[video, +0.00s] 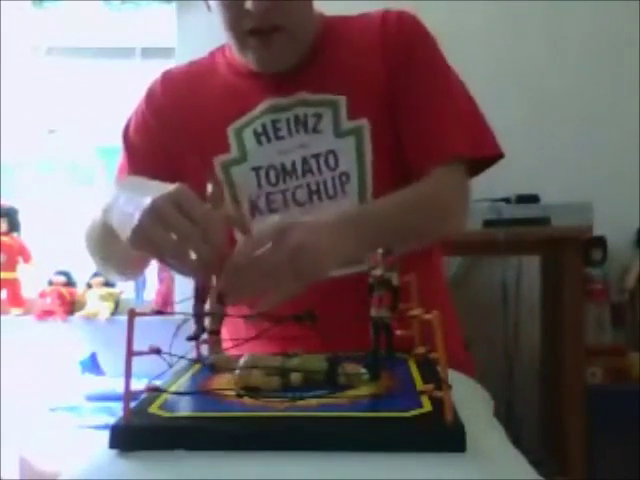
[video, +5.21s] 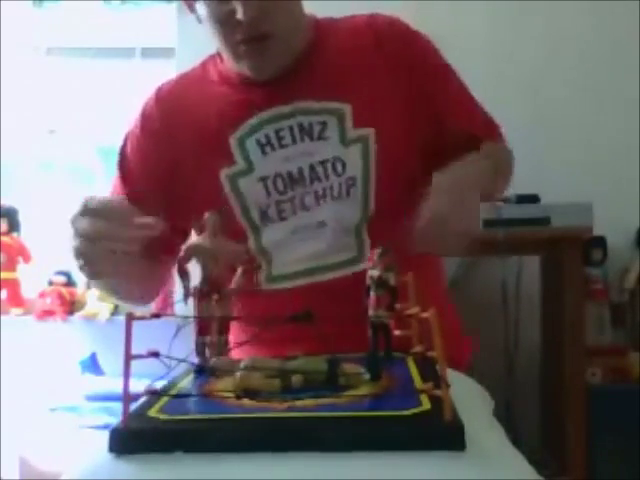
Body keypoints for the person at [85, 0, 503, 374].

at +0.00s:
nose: (255, 7)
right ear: (212, 4)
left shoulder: (391, 42)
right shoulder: (174, 98)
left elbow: (447, 202)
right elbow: (115, 260)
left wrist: (327, 242)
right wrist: (124, 208)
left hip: (409, 371)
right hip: (253, 382)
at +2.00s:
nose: (245, 12)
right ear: (205, 4)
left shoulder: (386, 46)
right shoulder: (173, 104)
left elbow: (439, 202)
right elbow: (123, 266)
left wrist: (320, 236)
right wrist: (124, 214)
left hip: (403, 367)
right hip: (256, 377)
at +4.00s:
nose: (239, 15)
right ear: (202, 7)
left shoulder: (383, 43)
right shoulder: (177, 106)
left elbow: (395, 181)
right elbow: (131, 268)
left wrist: (284, 267)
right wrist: (126, 215)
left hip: (399, 382)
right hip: (246, 398)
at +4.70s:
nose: (237, 17)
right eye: (217, 1)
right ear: (200, 7)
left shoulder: (382, 45)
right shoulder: (176, 106)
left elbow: (411, 193)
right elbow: (134, 261)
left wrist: (303, 206)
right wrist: (122, 217)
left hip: (403, 366)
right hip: (257, 377)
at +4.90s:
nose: (234, 16)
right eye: (213, 2)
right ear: (197, 8)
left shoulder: (381, 47)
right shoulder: (172, 109)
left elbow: (460, 201)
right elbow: (128, 268)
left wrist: (370, 152)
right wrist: (125, 225)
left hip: (403, 365)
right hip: (255, 378)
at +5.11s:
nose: (237, 14)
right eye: (214, 1)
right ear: (190, 9)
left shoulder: (383, 49)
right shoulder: (169, 110)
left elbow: (497, 184)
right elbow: (136, 282)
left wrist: (443, 145)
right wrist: (108, 243)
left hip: (410, 368)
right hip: (256, 384)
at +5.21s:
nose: (240, 14)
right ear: (192, 7)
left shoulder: (386, 49)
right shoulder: (170, 113)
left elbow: (491, 153)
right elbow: (144, 289)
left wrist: (462, 182)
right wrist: (103, 251)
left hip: (411, 367)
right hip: (254, 384)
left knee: (503, 473)